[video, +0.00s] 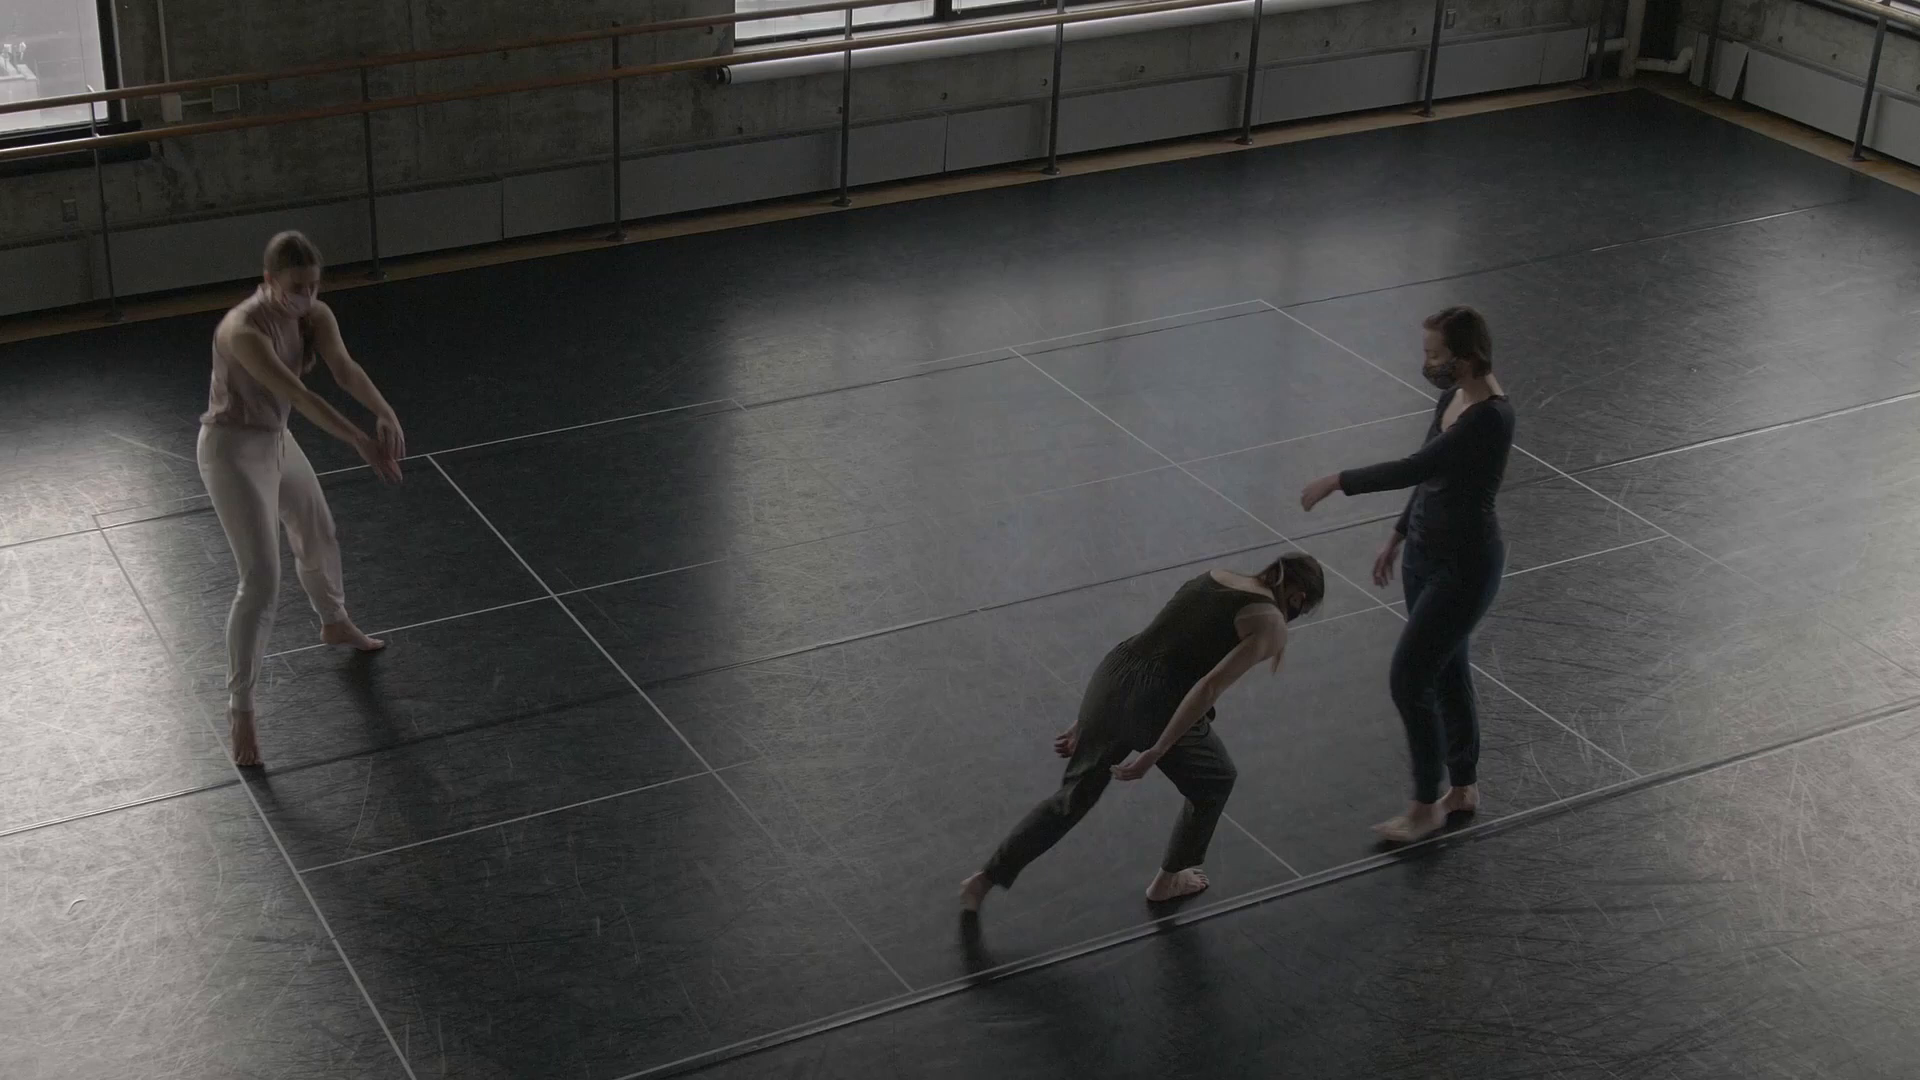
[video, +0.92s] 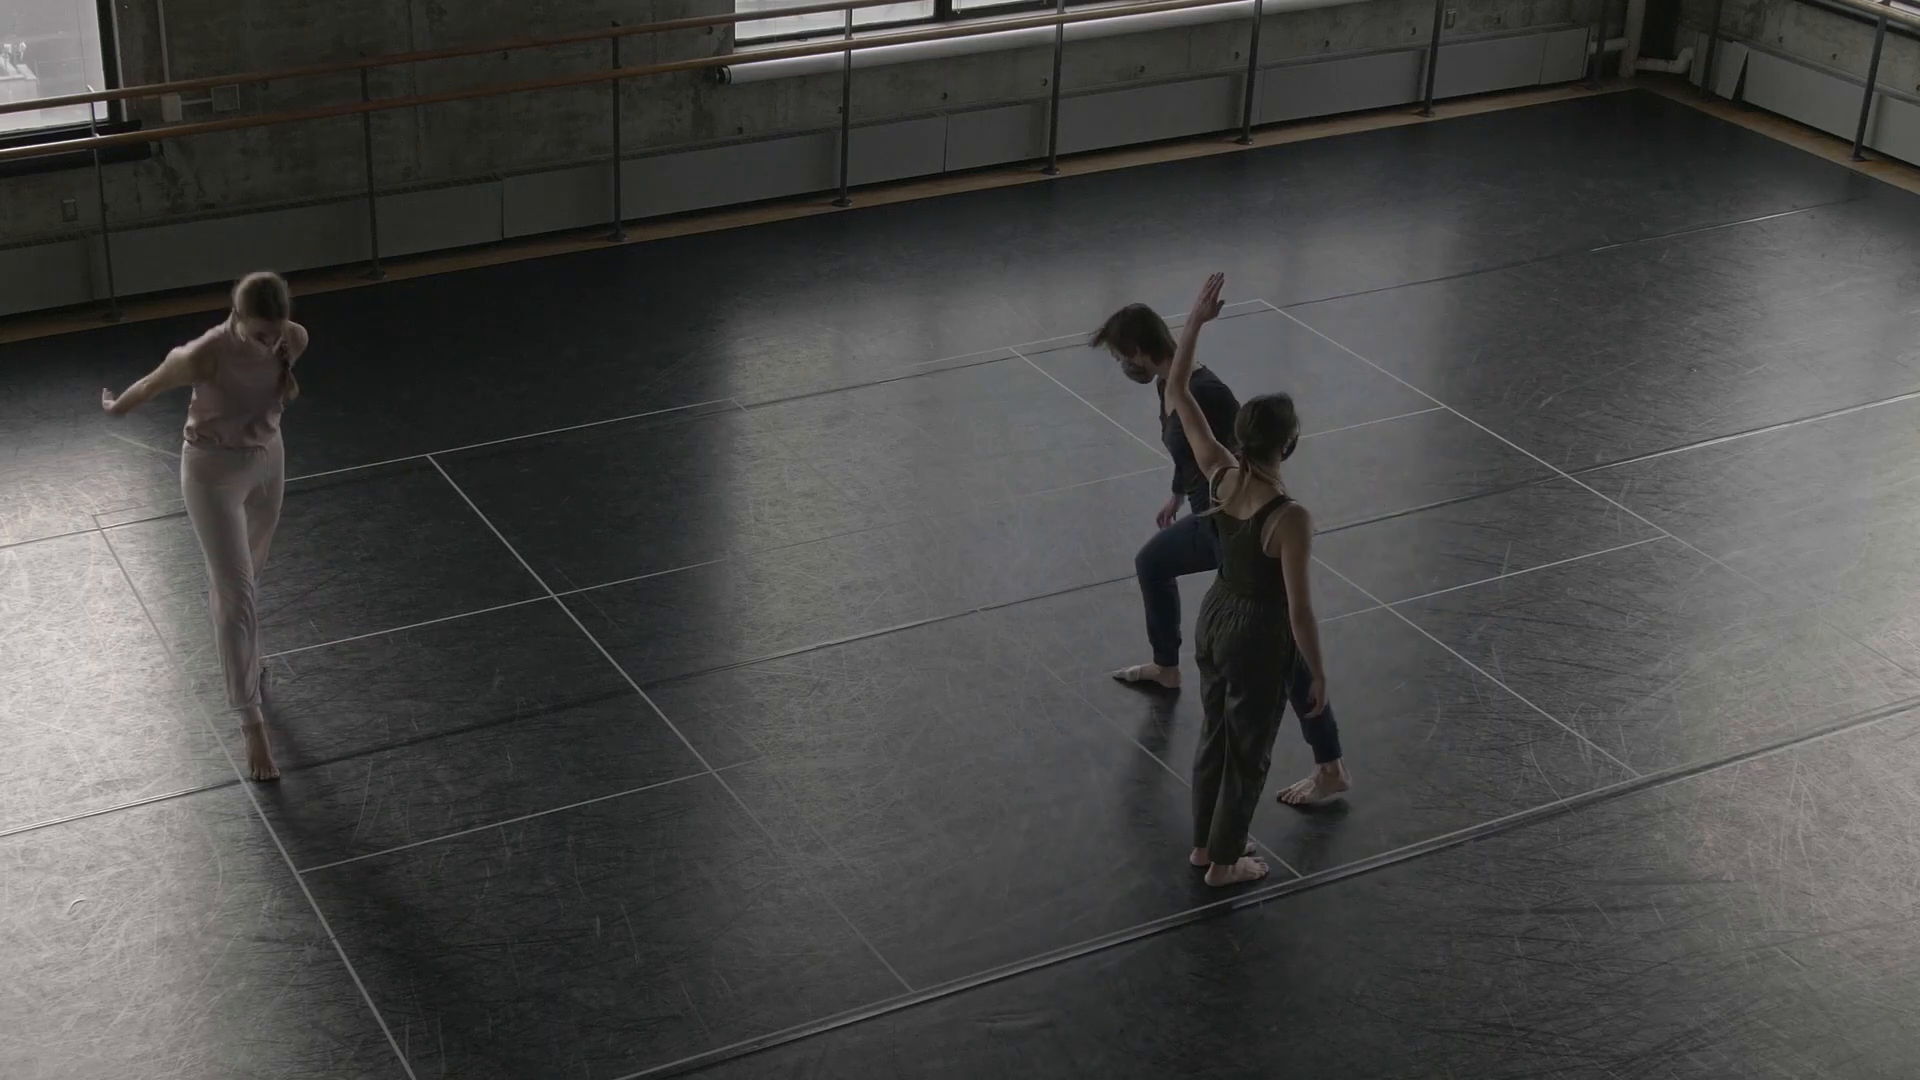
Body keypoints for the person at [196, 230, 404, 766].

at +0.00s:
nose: (305, 301)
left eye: (311, 290)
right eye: (294, 290)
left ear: (317, 282)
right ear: (268, 280)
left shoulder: (315, 314)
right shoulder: (240, 329)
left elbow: (344, 367)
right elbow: (297, 396)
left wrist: (385, 412)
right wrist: (361, 442)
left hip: (278, 442)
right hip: (231, 450)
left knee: (318, 529)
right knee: (259, 582)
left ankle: (335, 621)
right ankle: (241, 709)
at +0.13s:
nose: (280, 252)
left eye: (286, 241)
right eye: (269, 244)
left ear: (294, 234)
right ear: (243, 238)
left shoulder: (303, 274)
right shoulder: (220, 291)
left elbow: (331, 318)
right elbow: (267, 347)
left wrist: (366, 350)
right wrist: (329, 377)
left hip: (276, 405)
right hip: (220, 408)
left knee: (289, 534)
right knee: (257, 536)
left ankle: (276, 618)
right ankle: (241, 663)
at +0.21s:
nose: (269, 250)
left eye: (274, 238)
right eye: (257, 241)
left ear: (281, 232)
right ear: (231, 235)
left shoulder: (296, 273)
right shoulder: (210, 289)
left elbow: (326, 312)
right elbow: (244, 341)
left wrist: (357, 333)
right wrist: (298, 360)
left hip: (270, 410)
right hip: (213, 411)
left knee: (269, 521)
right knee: (262, 512)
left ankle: (244, 624)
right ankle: (242, 630)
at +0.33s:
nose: (252, 272)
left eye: (258, 260)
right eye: (241, 263)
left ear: (266, 257)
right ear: (219, 260)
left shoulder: (287, 301)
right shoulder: (198, 316)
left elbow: (325, 339)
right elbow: (209, 361)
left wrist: (360, 357)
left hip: (269, 432)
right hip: (209, 429)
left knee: (241, 538)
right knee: (250, 474)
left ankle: (216, 639)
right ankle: (251, 603)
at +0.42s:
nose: (250, 277)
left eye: (256, 266)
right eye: (240, 269)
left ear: (264, 261)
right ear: (216, 265)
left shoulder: (282, 309)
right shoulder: (193, 323)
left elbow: (329, 364)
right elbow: (190, 386)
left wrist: (376, 395)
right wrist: (192, 428)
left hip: (271, 439)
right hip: (212, 439)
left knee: (244, 545)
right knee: (244, 477)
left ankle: (214, 644)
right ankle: (259, 609)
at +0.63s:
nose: (246, 279)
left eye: (254, 269)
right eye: (236, 269)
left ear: (265, 268)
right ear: (216, 267)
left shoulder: (284, 320)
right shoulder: (192, 328)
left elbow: (304, 387)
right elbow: (166, 401)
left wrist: (334, 442)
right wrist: (131, 473)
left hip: (271, 452)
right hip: (213, 453)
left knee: (243, 559)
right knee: (241, 565)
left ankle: (217, 642)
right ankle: (257, 692)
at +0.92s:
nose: (271, 342)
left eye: (277, 332)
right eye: (260, 334)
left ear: (287, 317)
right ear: (236, 319)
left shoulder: (294, 339)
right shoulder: (202, 355)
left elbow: (280, 371)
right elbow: (150, 384)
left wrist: (286, 384)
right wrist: (116, 409)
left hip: (268, 459)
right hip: (211, 469)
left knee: (249, 577)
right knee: (238, 596)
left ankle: (249, 664)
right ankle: (252, 723)